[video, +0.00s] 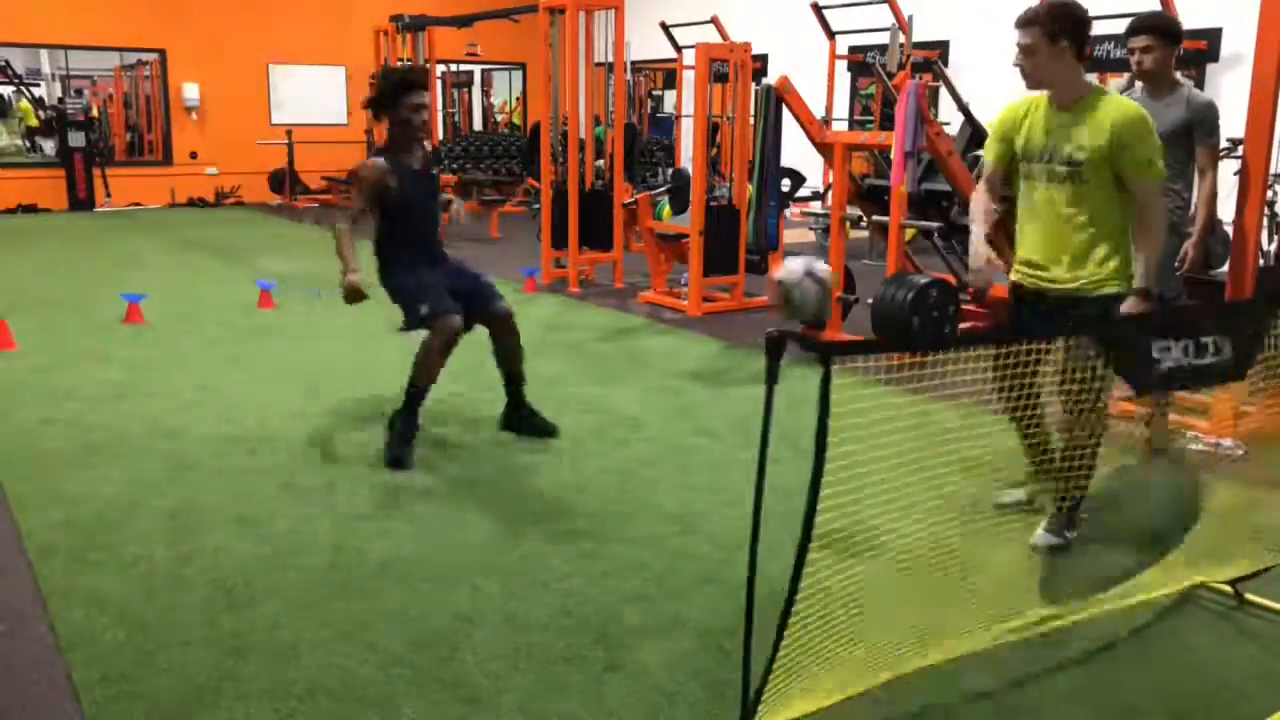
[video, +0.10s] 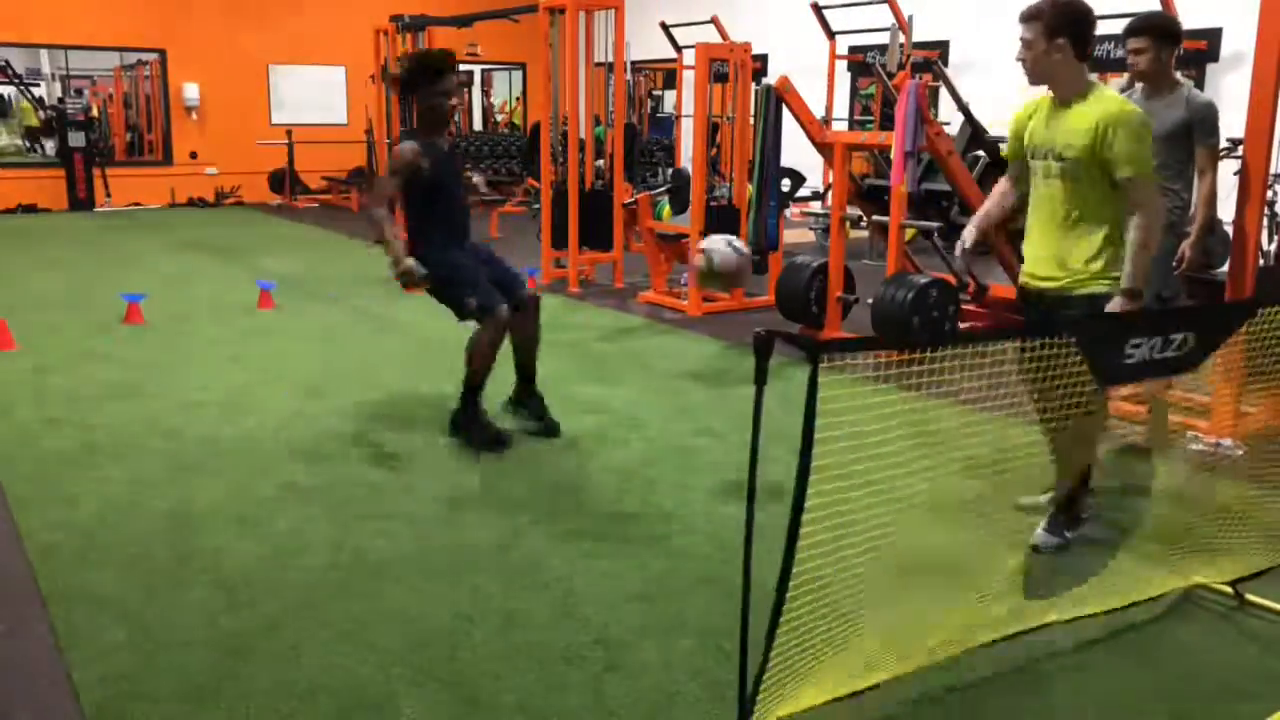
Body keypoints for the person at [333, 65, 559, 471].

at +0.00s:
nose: (421, 118)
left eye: (424, 110)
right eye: (412, 111)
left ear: (429, 113)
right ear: (388, 118)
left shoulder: (426, 158)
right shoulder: (376, 171)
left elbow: (418, 213)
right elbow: (346, 227)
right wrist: (349, 271)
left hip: (438, 262)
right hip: (403, 270)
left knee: (501, 316)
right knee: (448, 325)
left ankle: (517, 407)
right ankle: (406, 421)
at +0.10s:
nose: (455, 104)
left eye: (456, 94)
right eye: (445, 95)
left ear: (452, 99)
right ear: (419, 100)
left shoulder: (446, 147)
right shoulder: (409, 152)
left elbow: (451, 195)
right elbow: (377, 208)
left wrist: (488, 193)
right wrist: (398, 257)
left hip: (465, 249)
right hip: (435, 258)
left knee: (526, 304)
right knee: (495, 317)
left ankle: (525, 394)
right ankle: (467, 412)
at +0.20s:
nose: (487, 109)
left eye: (488, 100)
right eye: (480, 101)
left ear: (484, 101)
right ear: (456, 103)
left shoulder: (468, 146)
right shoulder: (442, 153)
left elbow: (464, 191)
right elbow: (411, 205)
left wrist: (500, 194)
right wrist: (440, 260)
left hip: (485, 248)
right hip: (463, 259)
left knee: (551, 277)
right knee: (524, 324)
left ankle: (554, 361)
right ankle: (492, 419)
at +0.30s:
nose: (523, 114)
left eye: (525, 104)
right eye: (518, 104)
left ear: (489, 101)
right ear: (495, 103)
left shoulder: (480, 142)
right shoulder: (477, 151)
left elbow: (478, 198)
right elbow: (451, 207)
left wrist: (506, 198)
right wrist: (478, 265)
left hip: (501, 236)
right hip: (487, 250)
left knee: (557, 243)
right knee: (535, 329)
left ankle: (584, 326)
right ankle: (493, 419)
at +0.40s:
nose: (548, 104)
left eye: (550, 95)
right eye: (545, 95)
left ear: (513, 86)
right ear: (526, 91)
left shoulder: (483, 118)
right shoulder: (507, 137)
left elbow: (446, 158)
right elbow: (481, 194)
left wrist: (490, 170)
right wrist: (517, 250)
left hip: (511, 228)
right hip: (497, 238)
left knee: (570, 253)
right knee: (529, 321)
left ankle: (586, 336)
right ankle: (493, 418)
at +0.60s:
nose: (584, 90)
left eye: (585, 80)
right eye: (581, 80)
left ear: (551, 77)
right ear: (562, 79)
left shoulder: (531, 115)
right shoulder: (538, 122)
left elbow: (487, 145)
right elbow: (513, 179)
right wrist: (540, 231)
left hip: (540, 228)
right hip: (526, 230)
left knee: (561, 305)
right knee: (534, 317)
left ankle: (563, 385)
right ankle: (498, 408)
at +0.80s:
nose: (593, 86)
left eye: (594, 77)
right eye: (589, 77)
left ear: (567, 76)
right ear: (566, 75)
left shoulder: (558, 115)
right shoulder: (544, 113)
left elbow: (556, 155)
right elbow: (509, 154)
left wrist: (587, 159)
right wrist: (527, 213)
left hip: (542, 221)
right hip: (540, 222)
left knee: (563, 298)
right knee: (603, 273)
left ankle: (565, 387)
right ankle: (558, 349)